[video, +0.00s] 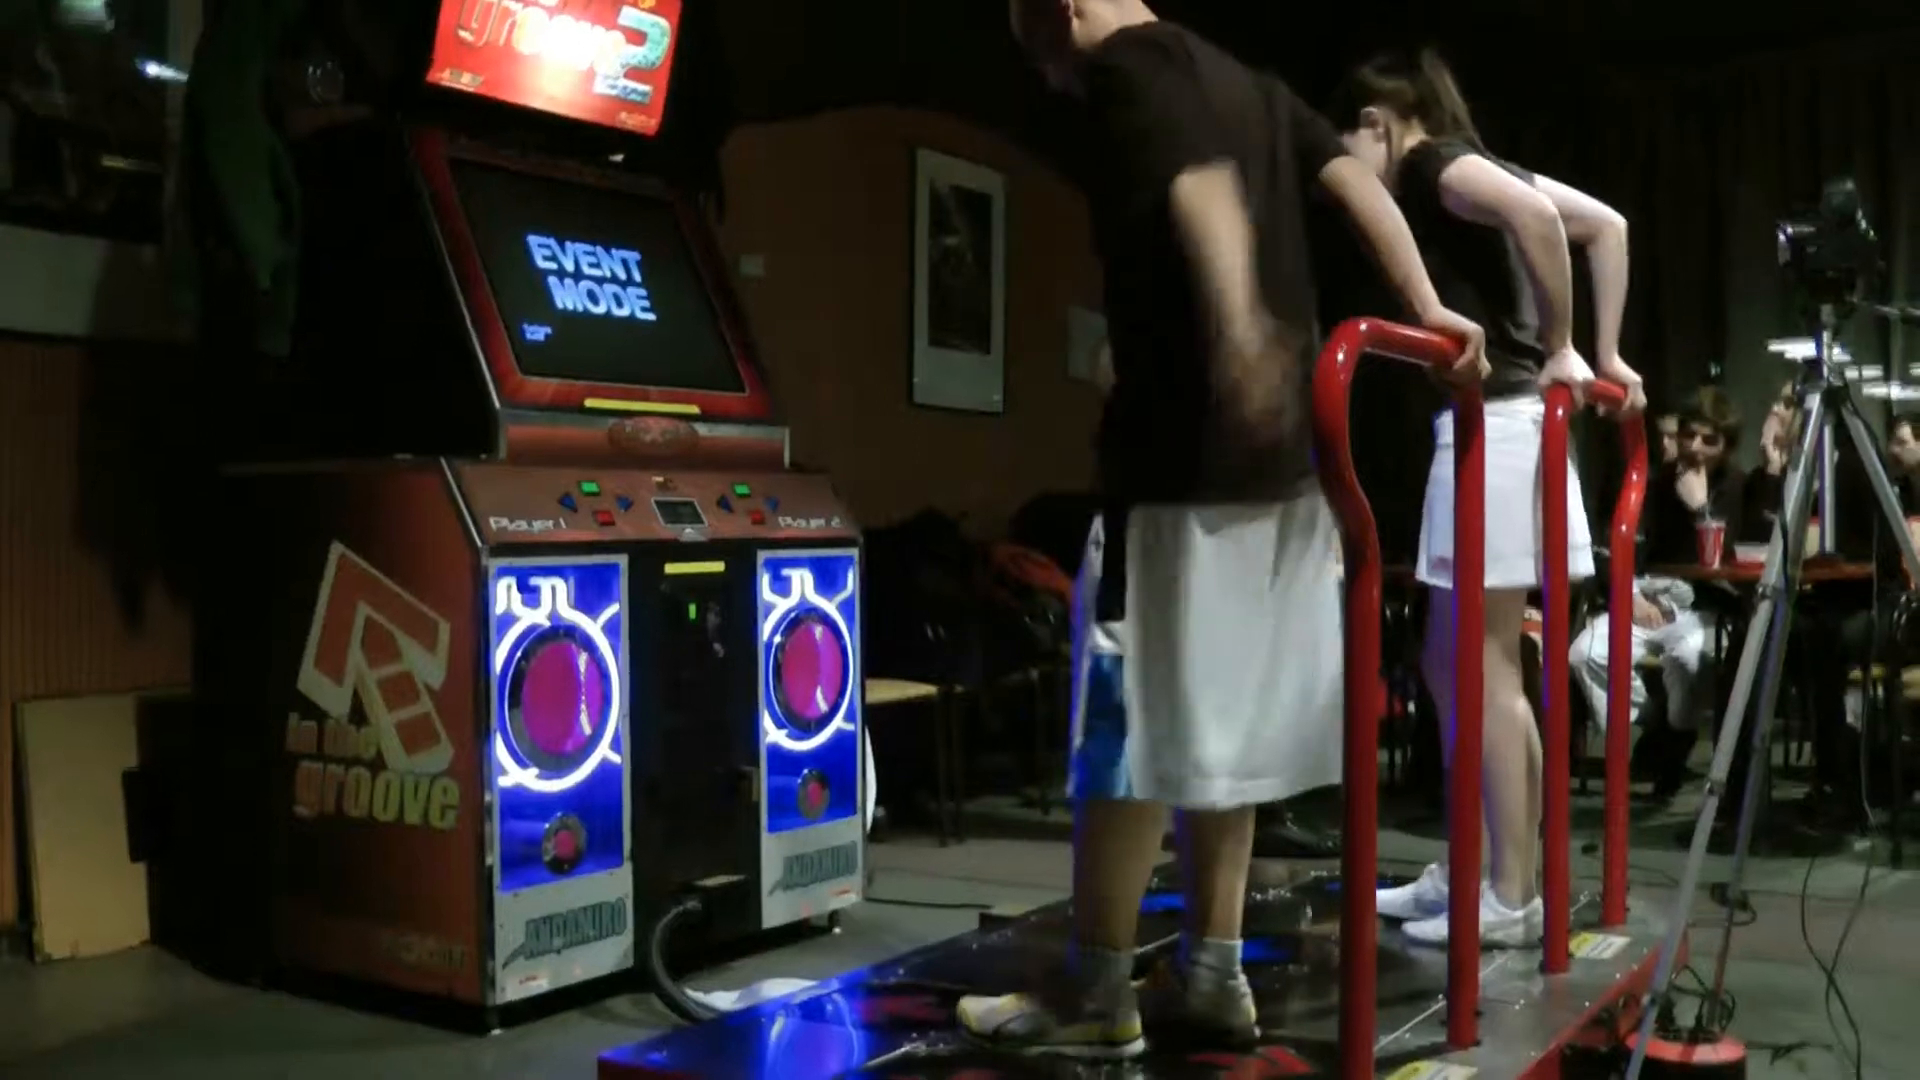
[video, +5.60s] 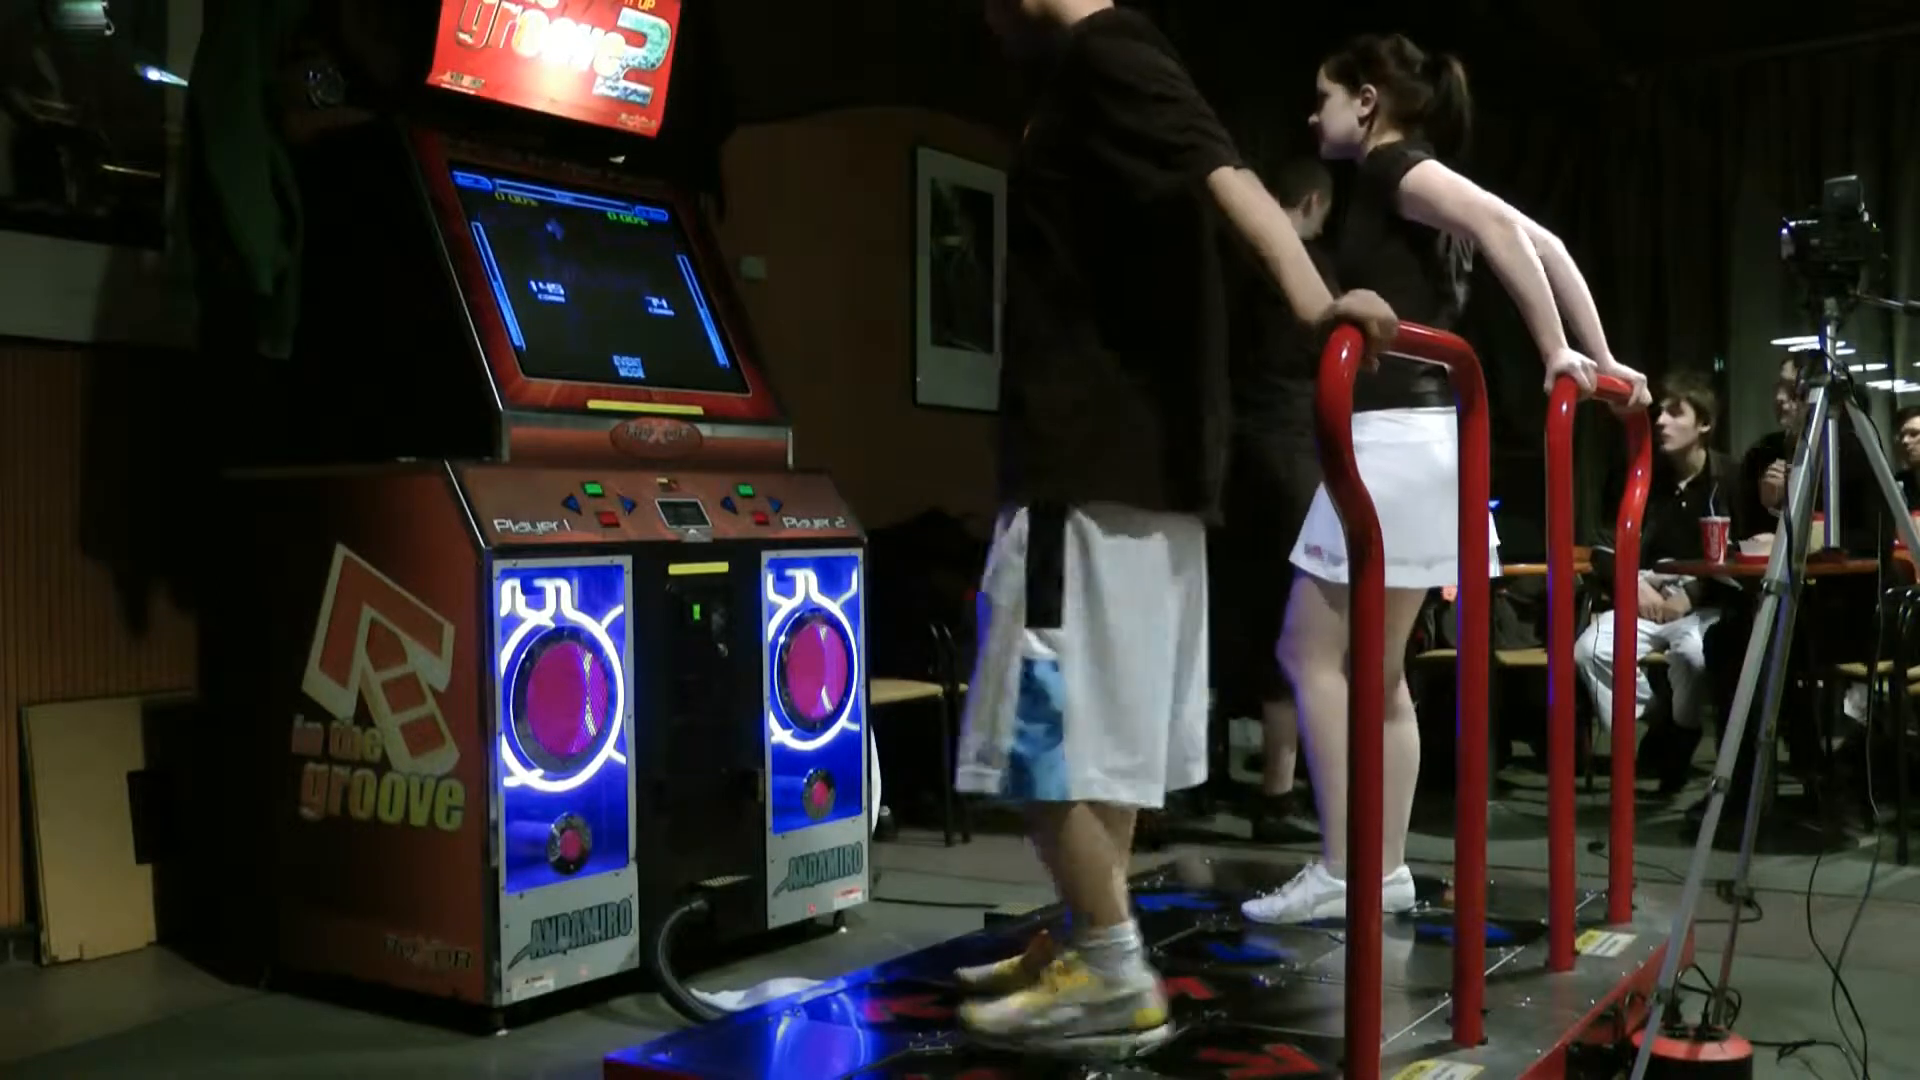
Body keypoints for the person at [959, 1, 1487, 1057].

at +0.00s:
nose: (1051, 57)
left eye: (1046, 39)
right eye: (1047, 44)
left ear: (1070, 14)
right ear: (1144, 2)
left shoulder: (1121, 63)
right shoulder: (1246, 81)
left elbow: (1205, 185)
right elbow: (1358, 179)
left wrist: (1241, 329)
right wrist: (1426, 305)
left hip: (1179, 453)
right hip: (1284, 453)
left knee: (1135, 729)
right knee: (1232, 722)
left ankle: (1098, 995)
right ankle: (1217, 978)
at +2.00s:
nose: (937, 62)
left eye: (927, 40)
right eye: (928, 48)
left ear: (953, 9)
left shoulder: (1024, 41)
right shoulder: (1135, 53)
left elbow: (1224, 177)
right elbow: (1273, 187)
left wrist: (1307, 296)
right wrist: (1401, 299)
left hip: (1076, 443)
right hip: (1164, 443)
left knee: (1039, 726)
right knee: (1125, 710)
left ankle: (1052, 1014)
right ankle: (1118, 960)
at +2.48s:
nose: (970, 48)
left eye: (968, 27)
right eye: (965, 33)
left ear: (1009, 7)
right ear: (1067, 0)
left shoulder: (1088, 65)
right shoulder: (1119, 77)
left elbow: (1222, 175)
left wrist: (1324, 303)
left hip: (1105, 460)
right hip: (1157, 461)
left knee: (1073, 720)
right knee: (1113, 715)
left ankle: (1113, 987)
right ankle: (1092, 950)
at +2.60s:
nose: (980, 36)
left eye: (984, 18)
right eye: (976, 25)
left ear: (1036, 3)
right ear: (1062, 12)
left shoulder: (1114, 65)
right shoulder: (1073, 100)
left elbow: (1236, 169)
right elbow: (1078, 340)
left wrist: (1324, 296)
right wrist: (951, 447)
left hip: (1124, 465)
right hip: (1104, 464)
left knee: (1102, 730)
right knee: (1097, 725)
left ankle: (1149, 986)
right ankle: (1085, 941)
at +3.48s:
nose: (960, 36)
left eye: (960, 16)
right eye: (952, 24)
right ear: (1016, 12)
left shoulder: (1115, 61)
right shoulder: (1045, 104)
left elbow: (1242, 181)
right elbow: (1008, 324)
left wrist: (1326, 302)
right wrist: (917, 462)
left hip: (1112, 468)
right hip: (1053, 468)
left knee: (1118, 732)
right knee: (1071, 726)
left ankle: (1157, 997)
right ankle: (1084, 945)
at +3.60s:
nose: (954, 35)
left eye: (955, 15)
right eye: (950, 22)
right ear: (1008, 11)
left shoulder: (1112, 62)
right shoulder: (1052, 97)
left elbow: (1234, 175)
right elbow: (1155, 295)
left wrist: (1319, 297)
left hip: (1112, 470)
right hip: (1054, 469)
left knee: (1117, 739)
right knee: (1062, 730)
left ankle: (1157, 996)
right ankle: (1084, 943)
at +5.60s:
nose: (999, 16)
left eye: (1003, 4)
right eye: (1000, 9)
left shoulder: (1110, 56)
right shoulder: (1107, 72)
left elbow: (1227, 177)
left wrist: (1317, 301)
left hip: (1092, 471)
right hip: (1133, 466)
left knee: (1047, 719)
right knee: (1110, 715)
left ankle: (1114, 973)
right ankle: (1087, 946)